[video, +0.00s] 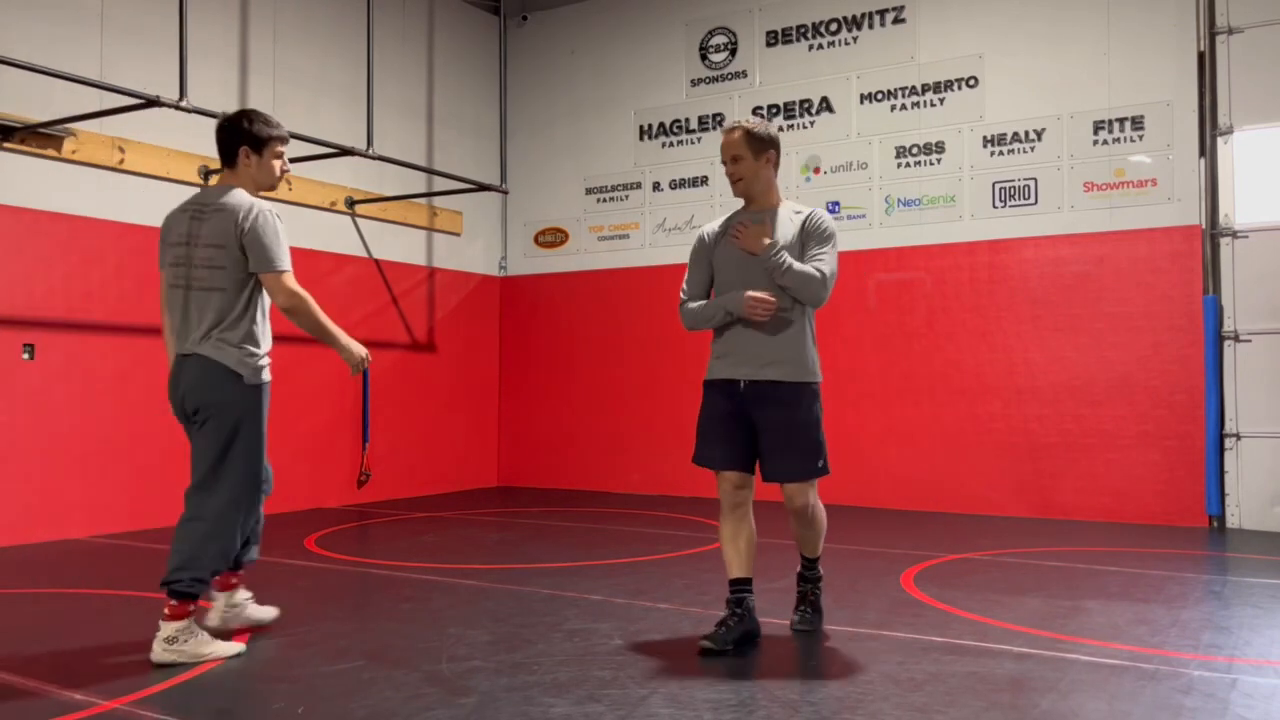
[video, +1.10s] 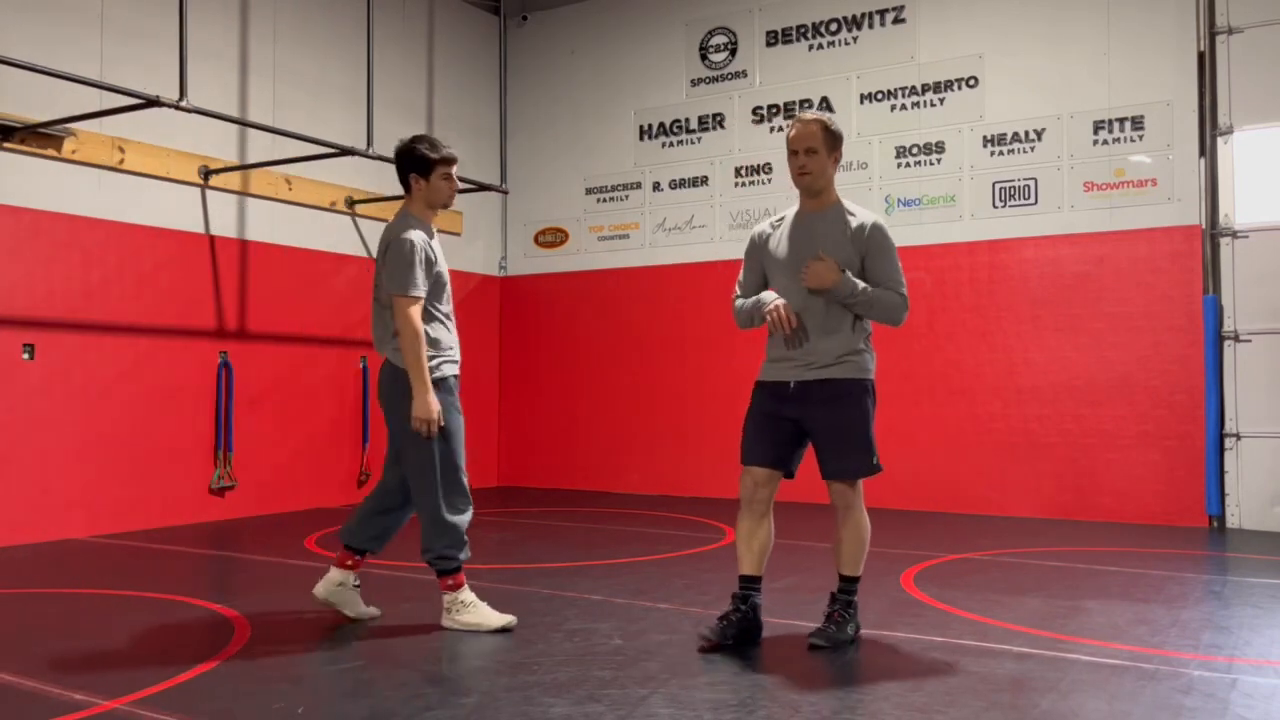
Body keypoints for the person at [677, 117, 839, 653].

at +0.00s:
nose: (727, 172)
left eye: (735, 161)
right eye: (724, 163)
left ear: (768, 159)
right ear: (730, 168)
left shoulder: (812, 224)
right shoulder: (711, 238)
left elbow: (817, 290)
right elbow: (690, 313)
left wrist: (764, 251)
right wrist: (733, 303)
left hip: (789, 381)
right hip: (727, 382)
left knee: (800, 499)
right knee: (733, 493)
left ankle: (810, 587)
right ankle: (740, 612)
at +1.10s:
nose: (800, 162)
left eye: (811, 152)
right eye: (793, 153)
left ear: (836, 158)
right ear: (786, 160)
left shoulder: (866, 230)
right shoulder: (766, 236)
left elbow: (896, 308)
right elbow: (742, 310)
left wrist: (841, 284)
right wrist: (766, 302)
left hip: (841, 381)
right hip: (778, 383)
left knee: (846, 495)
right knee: (754, 491)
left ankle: (844, 612)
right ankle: (745, 612)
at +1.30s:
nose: (810, 165)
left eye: (821, 156)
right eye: (803, 156)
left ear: (845, 159)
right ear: (797, 163)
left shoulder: (876, 232)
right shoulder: (776, 235)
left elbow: (910, 306)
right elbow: (757, 308)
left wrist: (850, 290)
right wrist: (787, 303)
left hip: (846, 380)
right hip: (783, 378)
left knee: (847, 493)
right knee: (747, 479)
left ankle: (844, 609)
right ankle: (776, 583)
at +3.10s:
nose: (782, 190)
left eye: (788, 180)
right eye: (779, 181)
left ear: (820, 178)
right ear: (796, 181)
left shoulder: (861, 238)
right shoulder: (781, 247)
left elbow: (881, 313)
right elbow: (760, 322)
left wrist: (813, 298)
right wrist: (774, 300)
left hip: (844, 381)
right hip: (793, 382)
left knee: (847, 488)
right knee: (804, 486)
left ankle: (869, 599)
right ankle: (815, 589)